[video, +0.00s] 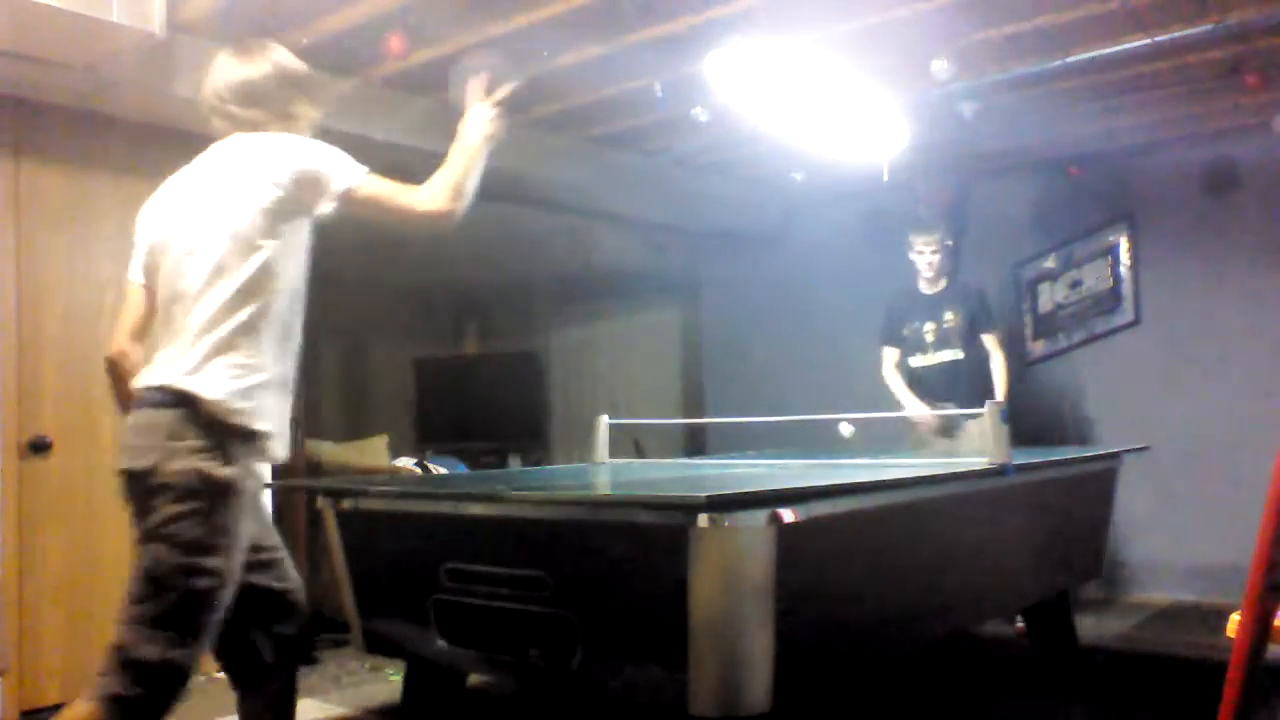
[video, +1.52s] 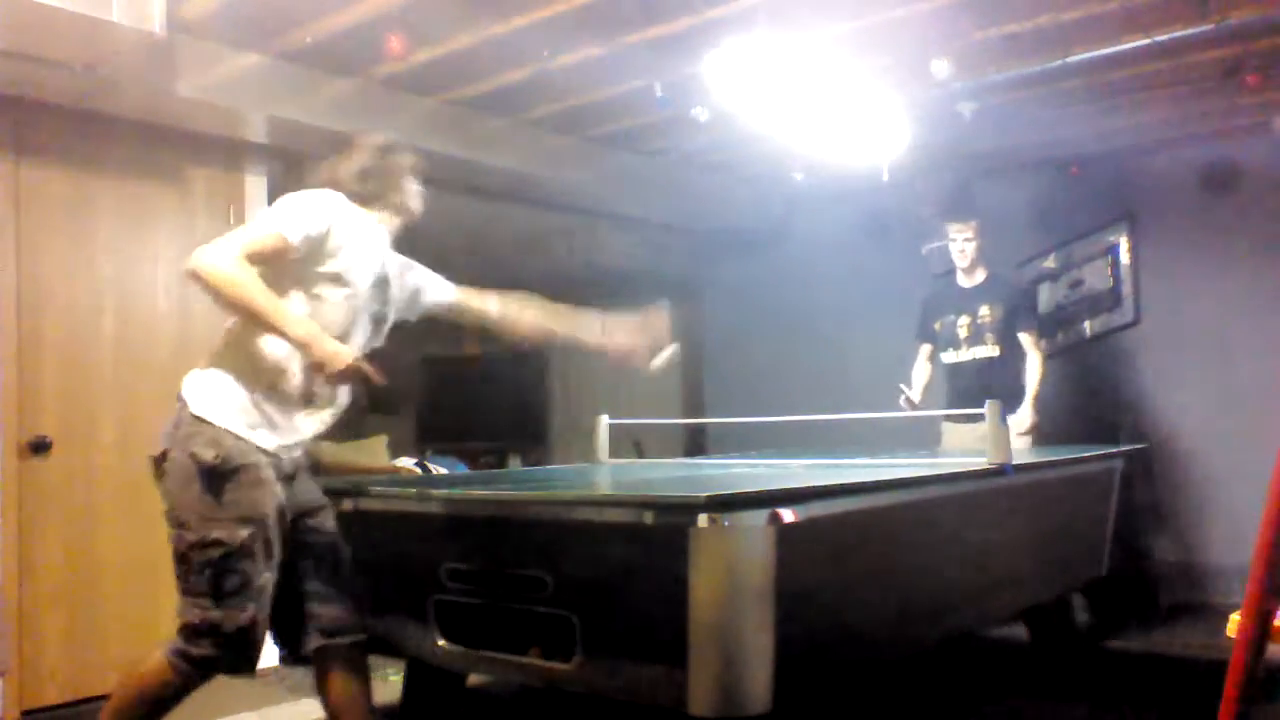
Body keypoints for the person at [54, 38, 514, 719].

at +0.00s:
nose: (313, 117)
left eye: (310, 102)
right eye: (305, 103)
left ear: (223, 108)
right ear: (286, 102)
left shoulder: (167, 195)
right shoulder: (289, 157)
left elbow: (122, 349)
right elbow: (438, 203)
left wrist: (156, 442)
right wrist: (477, 127)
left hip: (157, 437)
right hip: (206, 444)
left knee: (272, 629)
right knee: (144, 676)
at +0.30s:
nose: (260, 138)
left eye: (262, 121)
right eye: (253, 118)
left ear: (197, 112)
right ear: (207, 111)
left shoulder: (190, 200)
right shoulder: (146, 175)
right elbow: (111, 328)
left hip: (139, 472)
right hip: (82, 467)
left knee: (240, 666)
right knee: (49, 696)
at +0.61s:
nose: (321, 152)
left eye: (320, 136)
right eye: (310, 134)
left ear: (270, 142)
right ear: (265, 135)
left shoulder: (246, 232)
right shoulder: (168, 188)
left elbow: (190, 376)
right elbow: (15, 217)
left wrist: (280, 413)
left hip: (187, 481)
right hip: (111, 485)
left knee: (294, 638)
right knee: (75, 703)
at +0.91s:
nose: (476, 251)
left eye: (478, 237)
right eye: (472, 234)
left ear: (427, 227)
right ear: (433, 224)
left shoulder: (409, 321)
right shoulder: (349, 243)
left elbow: (450, 405)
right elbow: (216, 298)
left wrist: (545, 447)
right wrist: (103, 398)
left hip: (279, 491)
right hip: (207, 486)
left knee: (369, 617)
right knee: (121, 689)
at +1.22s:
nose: (506, 264)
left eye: (508, 252)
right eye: (501, 248)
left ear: (468, 245)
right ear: (464, 235)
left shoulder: (454, 330)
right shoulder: (403, 244)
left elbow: (523, 405)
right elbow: (288, 277)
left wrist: (610, 459)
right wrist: (320, 362)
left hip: (313, 473)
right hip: (244, 455)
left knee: (387, 612)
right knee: (165, 654)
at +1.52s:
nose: (422, 185)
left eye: (420, 175)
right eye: (411, 172)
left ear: (390, 194)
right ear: (379, 177)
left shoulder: (398, 273)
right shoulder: (325, 210)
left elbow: (498, 312)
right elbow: (215, 262)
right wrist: (313, 339)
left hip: (286, 457)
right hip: (219, 443)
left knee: (338, 635)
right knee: (214, 643)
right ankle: (105, 719)